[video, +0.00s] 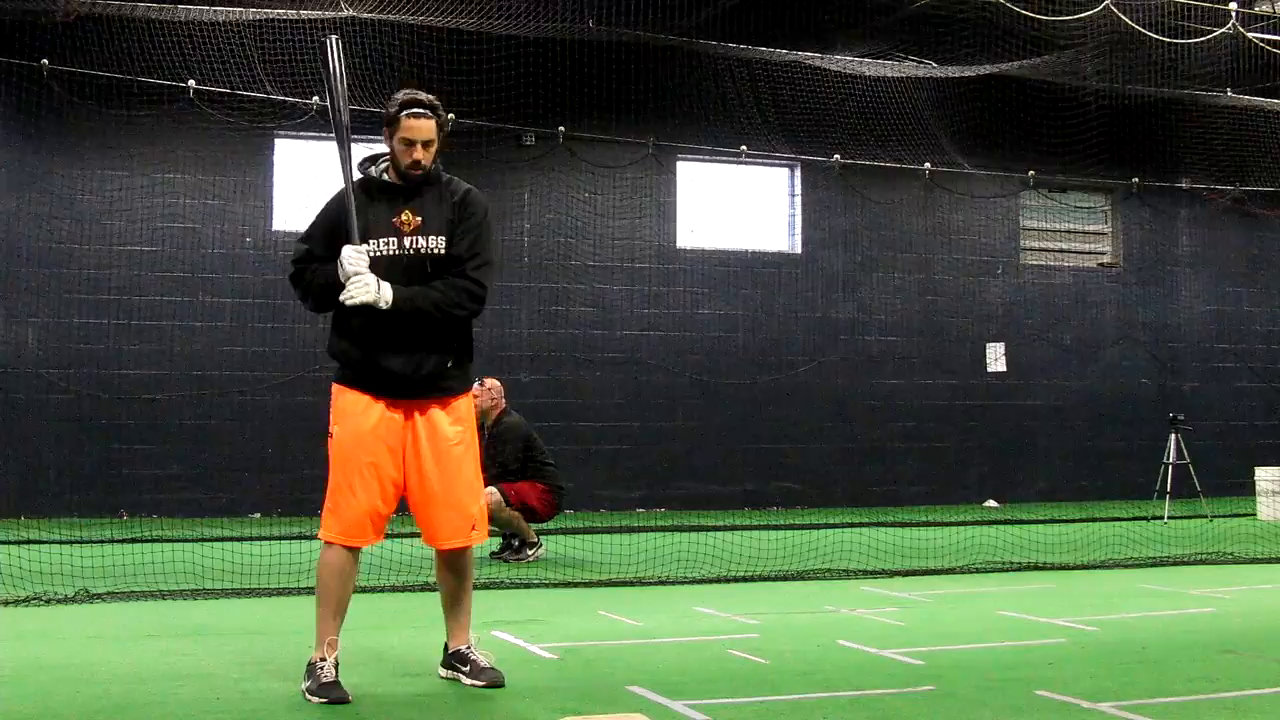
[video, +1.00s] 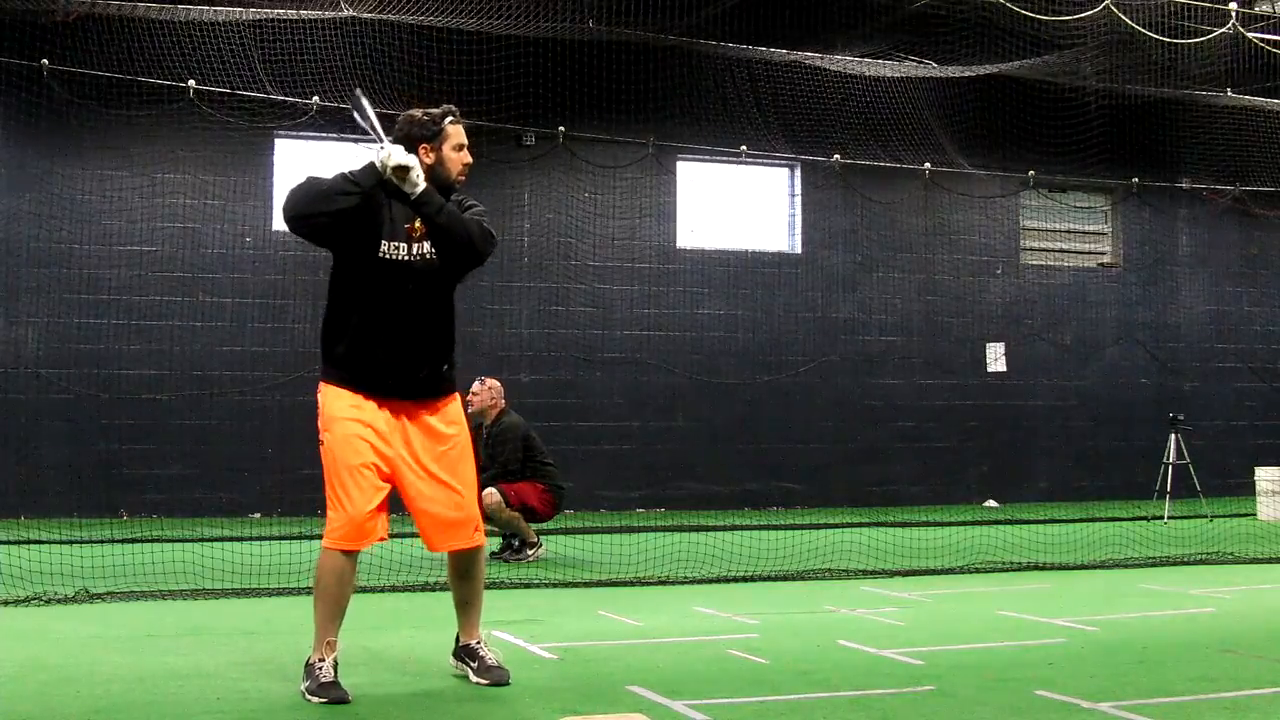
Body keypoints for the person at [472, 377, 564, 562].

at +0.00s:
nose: (471, 401)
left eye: (476, 396)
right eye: (471, 397)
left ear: (495, 401)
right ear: (492, 402)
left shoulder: (510, 426)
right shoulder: (485, 427)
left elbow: (502, 473)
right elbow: (484, 469)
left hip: (543, 491)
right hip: (518, 487)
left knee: (489, 500)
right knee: (472, 496)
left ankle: (531, 540)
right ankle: (512, 535)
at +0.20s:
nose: (469, 399)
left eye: (476, 394)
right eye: (470, 394)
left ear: (494, 400)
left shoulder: (510, 425)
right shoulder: (482, 428)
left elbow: (506, 472)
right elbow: (477, 466)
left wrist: (469, 487)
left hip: (543, 491)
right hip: (514, 488)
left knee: (491, 498)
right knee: (469, 501)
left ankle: (532, 541)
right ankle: (511, 534)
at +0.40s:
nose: (470, 397)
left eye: (477, 393)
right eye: (471, 393)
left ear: (494, 400)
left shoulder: (511, 425)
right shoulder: (483, 428)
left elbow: (507, 471)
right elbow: (483, 466)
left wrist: (471, 487)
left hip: (543, 491)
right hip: (516, 487)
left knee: (491, 498)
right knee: (471, 494)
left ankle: (531, 540)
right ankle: (511, 535)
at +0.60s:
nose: (471, 397)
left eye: (477, 393)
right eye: (471, 393)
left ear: (494, 401)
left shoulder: (510, 425)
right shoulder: (484, 427)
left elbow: (504, 471)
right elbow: (483, 467)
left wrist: (471, 487)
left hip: (543, 491)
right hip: (516, 487)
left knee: (491, 499)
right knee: (473, 496)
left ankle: (531, 540)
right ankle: (511, 536)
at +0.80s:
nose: (473, 395)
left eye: (479, 392)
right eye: (474, 391)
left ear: (495, 401)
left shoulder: (509, 425)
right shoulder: (487, 426)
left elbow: (504, 473)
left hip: (543, 491)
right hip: (519, 487)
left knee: (490, 499)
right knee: (475, 494)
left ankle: (531, 540)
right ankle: (511, 536)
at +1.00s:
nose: (468, 398)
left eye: (475, 394)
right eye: (469, 393)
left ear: (493, 401)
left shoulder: (509, 425)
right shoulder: (479, 429)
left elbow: (508, 471)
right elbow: (479, 467)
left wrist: (471, 487)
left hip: (543, 491)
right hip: (514, 488)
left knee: (490, 499)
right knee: (467, 499)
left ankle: (532, 541)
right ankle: (511, 535)